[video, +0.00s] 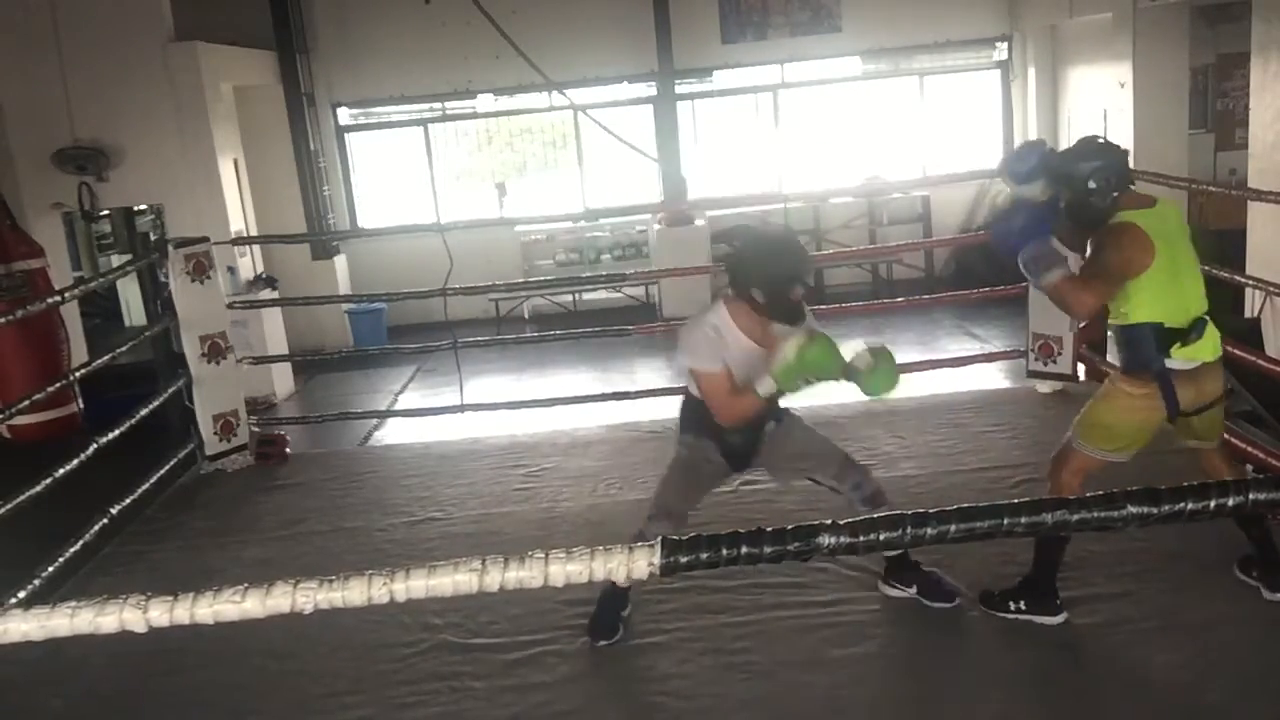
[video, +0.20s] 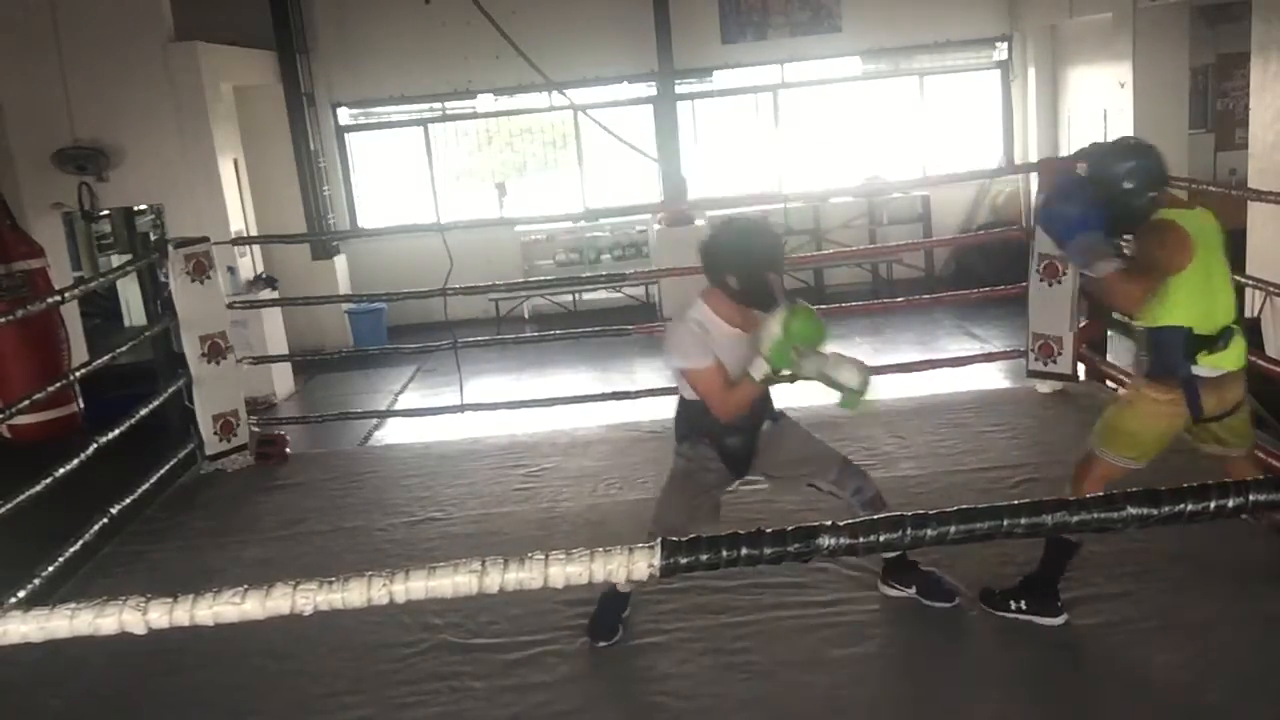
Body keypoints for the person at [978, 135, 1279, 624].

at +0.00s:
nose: (1067, 205)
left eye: (1069, 196)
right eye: (1065, 196)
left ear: (1088, 193)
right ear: (1119, 180)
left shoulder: (1121, 237)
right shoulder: (1166, 210)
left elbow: (1081, 303)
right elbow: (1083, 244)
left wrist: (1032, 247)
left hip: (1145, 385)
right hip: (1205, 373)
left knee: (1066, 471)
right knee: (1214, 458)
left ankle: (1040, 588)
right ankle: (1268, 560)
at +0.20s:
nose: (1102, 202)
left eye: (1103, 192)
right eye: (1100, 192)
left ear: (1124, 194)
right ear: (1156, 183)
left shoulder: (1162, 234)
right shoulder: (1204, 219)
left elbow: (1133, 300)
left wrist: (1083, 242)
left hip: (1168, 386)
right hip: (1226, 378)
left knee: (1090, 477)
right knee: (1242, 471)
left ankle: (1041, 588)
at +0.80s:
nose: (1132, 188)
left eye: (1135, 178)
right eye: (1129, 177)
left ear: (1158, 175)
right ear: (1187, 163)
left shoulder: (1180, 224)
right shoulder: (1228, 191)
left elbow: (1093, 268)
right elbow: (1144, 251)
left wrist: (1077, 202)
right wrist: (1111, 216)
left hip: (1220, 374)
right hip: (1270, 358)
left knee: (1150, 475)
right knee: (1270, 464)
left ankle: (1126, 601)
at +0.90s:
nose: (1152, 193)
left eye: (1154, 184)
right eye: (1150, 183)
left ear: (1179, 182)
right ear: (1206, 168)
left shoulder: (1208, 228)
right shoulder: (1247, 201)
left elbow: (1119, 278)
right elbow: (1157, 253)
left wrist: (1099, 212)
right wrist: (1123, 200)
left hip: (1233, 376)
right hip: (1268, 362)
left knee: (1159, 476)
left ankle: (1127, 600)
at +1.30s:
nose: (1129, 201)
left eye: (1134, 190)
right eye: (1128, 190)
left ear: (1158, 192)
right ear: (1190, 182)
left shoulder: (1178, 249)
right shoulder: (1235, 211)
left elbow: (1122, 290)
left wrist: (1069, 259)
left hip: (1224, 389)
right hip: (1269, 371)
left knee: (1122, 462)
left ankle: (1105, 591)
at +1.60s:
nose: (1154, 204)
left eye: (1160, 193)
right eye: (1155, 194)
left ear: (1175, 196)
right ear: (1222, 190)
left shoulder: (1173, 258)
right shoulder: (1260, 251)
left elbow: (1109, 337)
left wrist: (1067, 347)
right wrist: (1134, 307)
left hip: (1181, 430)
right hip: (1258, 429)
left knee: (1097, 489)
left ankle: (1069, 604)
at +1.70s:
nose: (1196, 205)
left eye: (1203, 193)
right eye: (1198, 194)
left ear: (1220, 195)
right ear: (1261, 192)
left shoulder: (1230, 256)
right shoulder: (1271, 248)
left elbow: (1188, 348)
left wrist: (1123, 358)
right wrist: (1141, 349)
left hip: (1221, 439)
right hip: (1271, 435)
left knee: (1119, 489)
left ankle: (1072, 605)